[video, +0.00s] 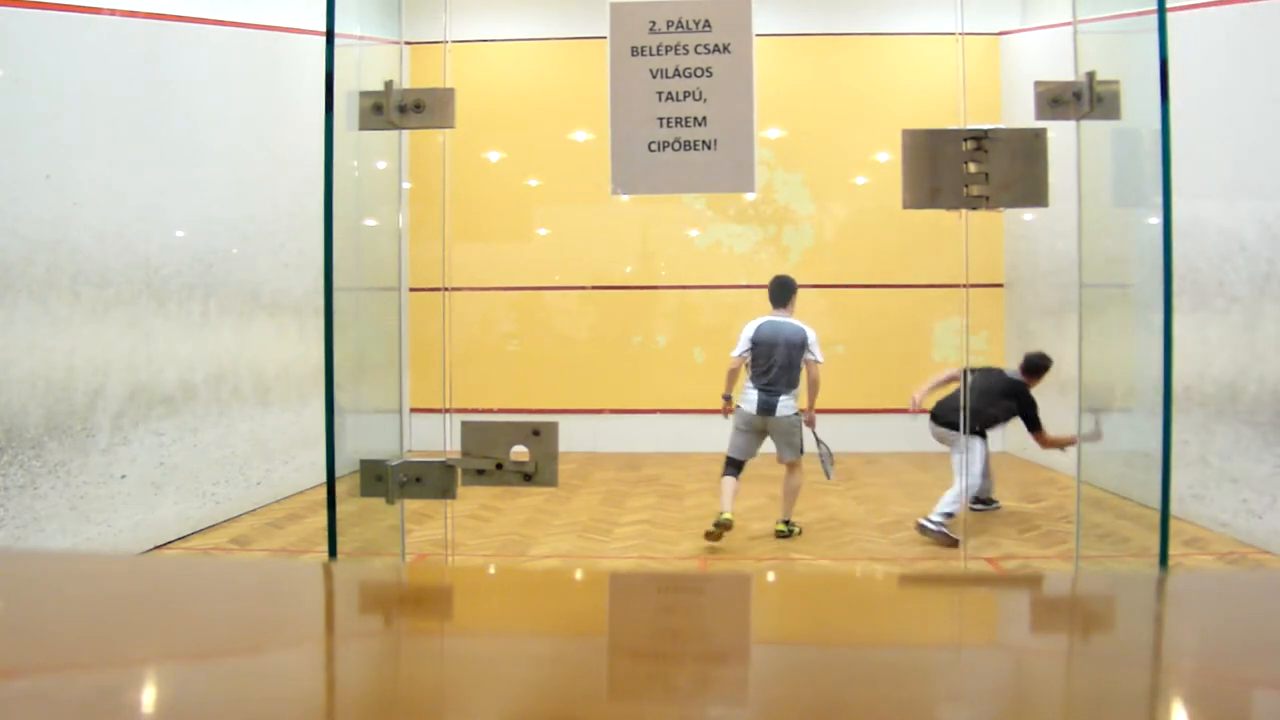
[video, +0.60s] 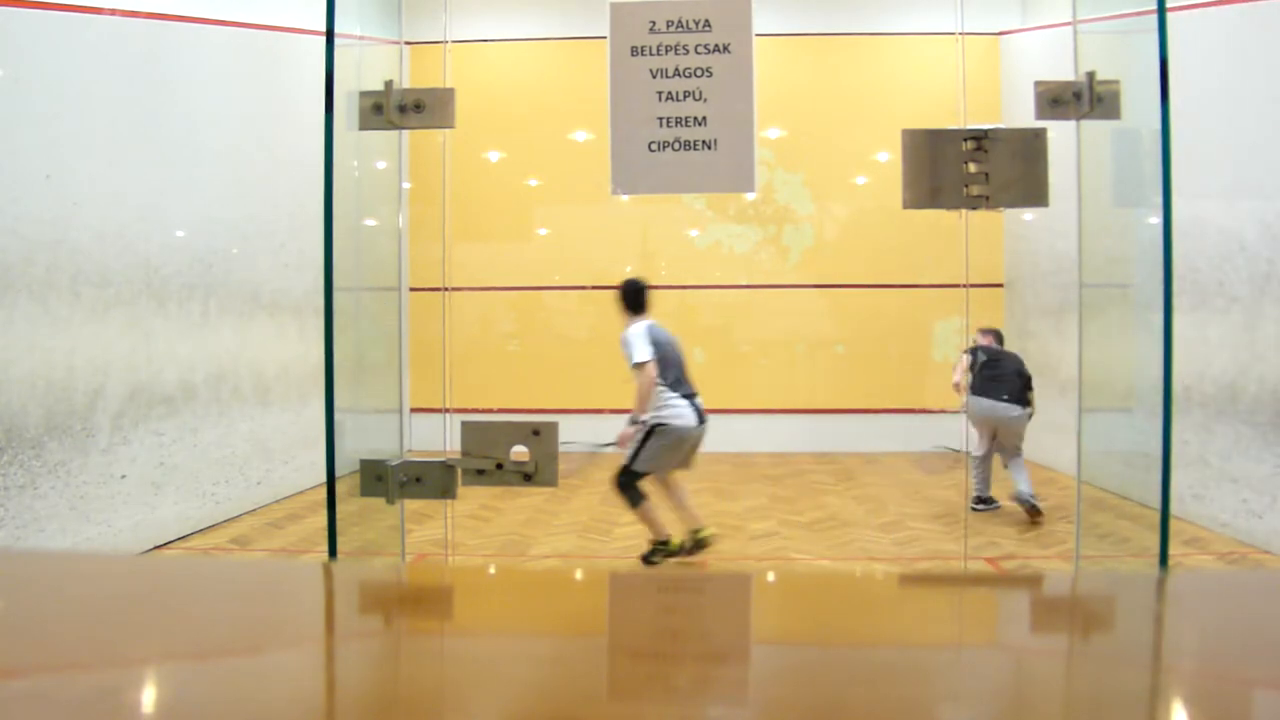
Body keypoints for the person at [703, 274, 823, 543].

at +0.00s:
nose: (796, 300)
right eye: (796, 296)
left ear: (770, 298)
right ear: (793, 298)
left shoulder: (753, 327)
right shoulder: (805, 332)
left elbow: (734, 366)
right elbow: (813, 376)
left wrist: (727, 395)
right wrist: (810, 409)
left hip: (750, 409)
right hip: (785, 412)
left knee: (732, 466)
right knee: (793, 466)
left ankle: (725, 514)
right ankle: (784, 521)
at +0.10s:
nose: (779, 291)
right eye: (781, 287)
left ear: (757, 290)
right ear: (781, 290)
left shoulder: (742, 318)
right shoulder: (796, 322)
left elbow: (729, 356)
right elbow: (804, 365)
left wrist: (720, 388)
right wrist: (801, 401)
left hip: (741, 398)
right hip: (776, 401)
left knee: (720, 456)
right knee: (782, 463)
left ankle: (719, 508)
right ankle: (787, 518)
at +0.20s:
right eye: (763, 286)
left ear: (740, 290)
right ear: (765, 289)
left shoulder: (730, 319)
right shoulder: (783, 322)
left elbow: (722, 360)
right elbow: (794, 364)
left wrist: (708, 393)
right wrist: (788, 401)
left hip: (733, 397)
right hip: (768, 400)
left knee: (706, 460)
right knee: (775, 463)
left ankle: (704, 518)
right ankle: (778, 522)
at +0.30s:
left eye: (721, 298)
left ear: (720, 302)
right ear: (744, 300)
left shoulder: (717, 333)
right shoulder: (765, 333)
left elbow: (711, 378)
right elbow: (779, 376)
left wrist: (691, 415)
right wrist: (768, 407)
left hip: (726, 415)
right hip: (760, 415)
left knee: (692, 472)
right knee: (760, 475)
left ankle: (682, 536)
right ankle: (776, 532)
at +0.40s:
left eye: (692, 298)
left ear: (692, 301)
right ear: (715, 301)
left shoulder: (691, 332)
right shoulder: (736, 334)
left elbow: (695, 376)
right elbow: (752, 378)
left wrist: (682, 420)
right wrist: (740, 404)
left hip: (710, 416)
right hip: (742, 414)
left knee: (671, 476)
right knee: (750, 476)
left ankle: (679, 544)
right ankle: (776, 533)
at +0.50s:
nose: (660, 299)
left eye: (657, 294)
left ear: (658, 297)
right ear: (683, 297)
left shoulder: (663, 327)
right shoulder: (702, 329)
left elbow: (674, 368)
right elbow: (718, 374)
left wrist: (661, 415)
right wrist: (700, 398)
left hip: (688, 415)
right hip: (717, 412)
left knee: (654, 480)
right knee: (718, 471)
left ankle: (677, 547)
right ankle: (752, 530)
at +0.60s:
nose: (620, 306)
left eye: (620, 301)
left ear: (623, 304)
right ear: (646, 302)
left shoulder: (636, 332)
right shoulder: (660, 330)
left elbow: (649, 376)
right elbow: (674, 377)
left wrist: (634, 423)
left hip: (669, 420)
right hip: (694, 419)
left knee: (625, 480)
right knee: (661, 473)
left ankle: (662, 539)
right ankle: (697, 530)